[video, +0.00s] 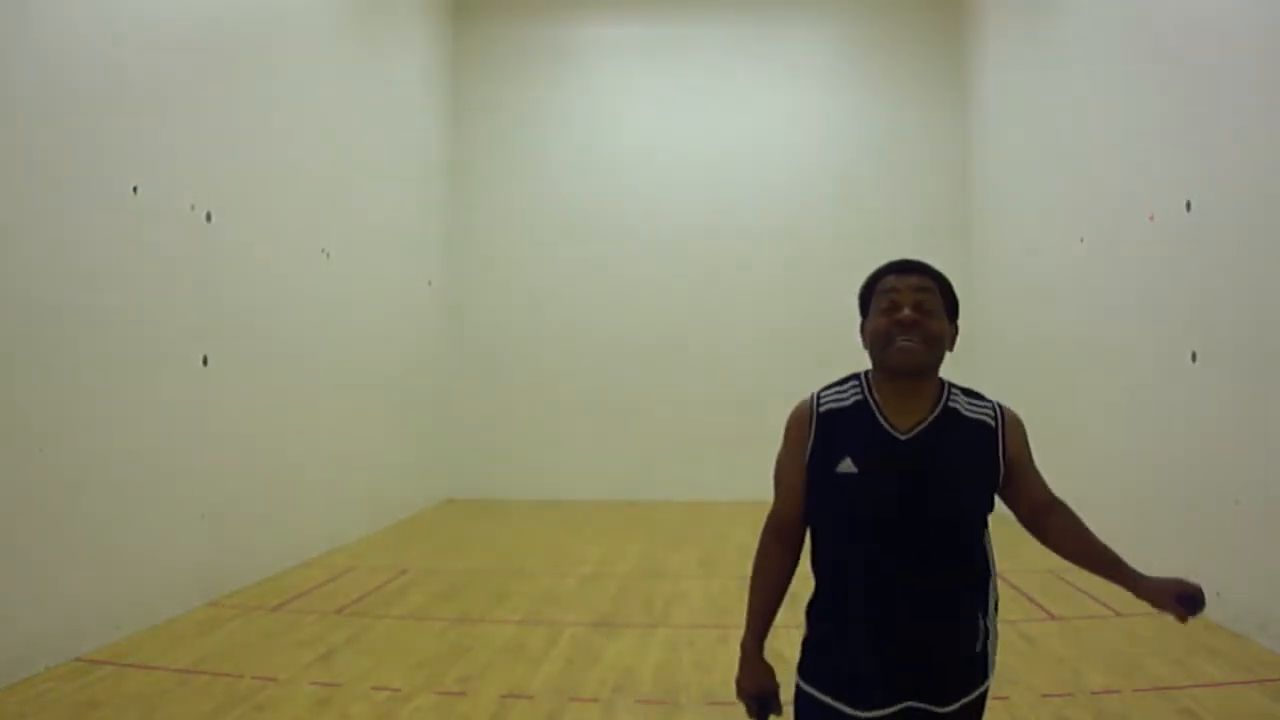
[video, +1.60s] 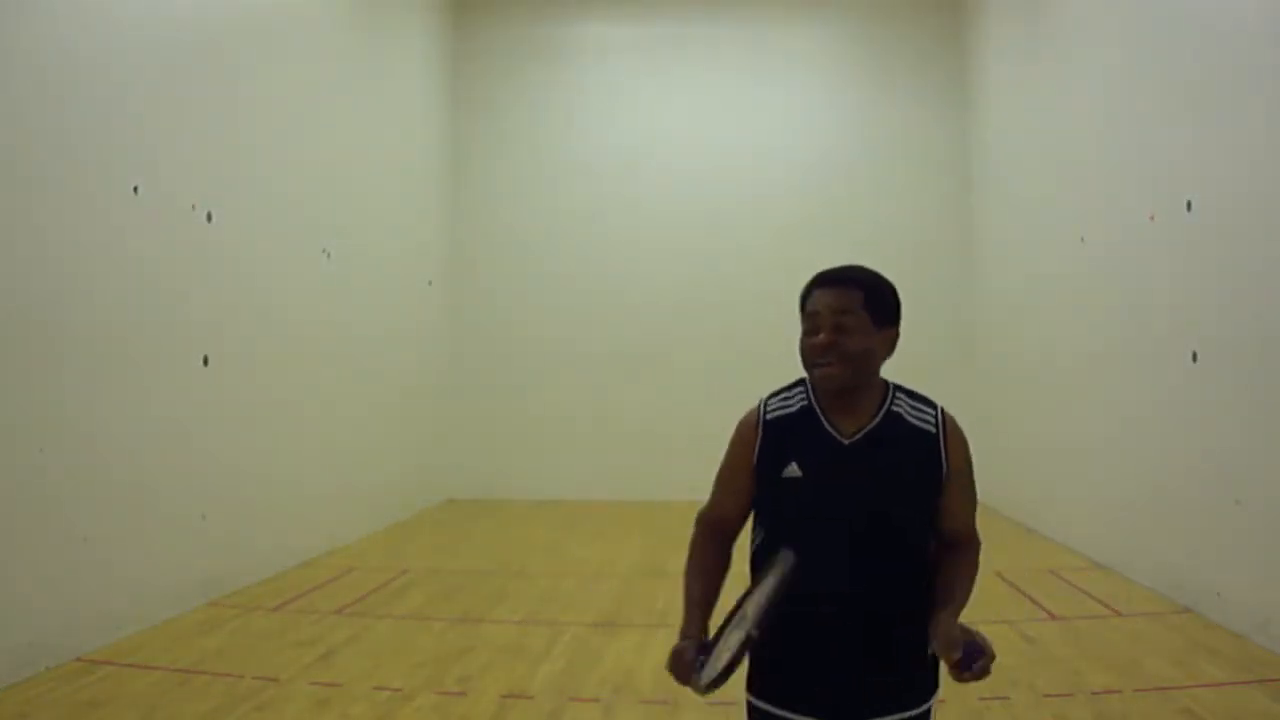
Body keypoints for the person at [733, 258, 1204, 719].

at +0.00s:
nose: (906, 315)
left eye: (924, 308)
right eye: (888, 306)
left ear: (951, 336)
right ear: (862, 332)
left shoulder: (992, 428)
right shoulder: (817, 421)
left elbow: (1046, 515)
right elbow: (783, 533)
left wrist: (1141, 584)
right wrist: (752, 649)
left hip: (951, 677)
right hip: (843, 673)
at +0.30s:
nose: (871, 326)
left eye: (889, 312)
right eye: (853, 315)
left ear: (920, 327)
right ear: (832, 335)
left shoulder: (969, 426)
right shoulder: (795, 427)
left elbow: (1011, 535)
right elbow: (768, 541)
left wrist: (1077, 629)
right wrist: (747, 658)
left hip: (936, 682)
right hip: (825, 679)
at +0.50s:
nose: (842, 317)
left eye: (859, 304)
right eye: (823, 309)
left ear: (892, 324)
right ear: (803, 333)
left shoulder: (944, 422)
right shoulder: (762, 424)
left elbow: (983, 531)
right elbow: (730, 535)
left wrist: (1000, 637)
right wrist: (703, 653)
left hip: (905, 684)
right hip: (787, 685)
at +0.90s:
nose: (778, 325)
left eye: (795, 306)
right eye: (758, 313)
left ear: (832, 318)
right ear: (741, 332)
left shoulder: (896, 422)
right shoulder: (714, 428)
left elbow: (952, 535)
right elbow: (667, 539)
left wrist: (966, 671)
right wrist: (652, 659)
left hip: (863, 691)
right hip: (746, 692)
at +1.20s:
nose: (781, 323)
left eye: (800, 306)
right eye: (766, 313)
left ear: (843, 315)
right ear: (753, 330)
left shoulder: (905, 419)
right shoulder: (720, 415)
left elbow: (1014, 502)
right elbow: (613, 487)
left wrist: (967, 641)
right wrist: (600, 616)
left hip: (865, 695)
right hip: (746, 691)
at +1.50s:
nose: (806, 329)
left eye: (828, 315)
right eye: (798, 316)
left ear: (878, 329)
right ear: (787, 327)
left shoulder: (928, 432)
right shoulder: (756, 426)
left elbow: (966, 541)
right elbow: (679, 515)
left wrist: (976, 615)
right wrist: (634, 617)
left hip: (893, 685)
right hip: (782, 680)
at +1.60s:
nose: (821, 341)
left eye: (842, 328)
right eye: (811, 329)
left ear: (887, 340)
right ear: (799, 338)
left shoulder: (937, 435)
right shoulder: (765, 428)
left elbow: (959, 541)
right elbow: (716, 526)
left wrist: (945, 620)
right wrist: (694, 629)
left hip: (894, 686)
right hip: (787, 683)